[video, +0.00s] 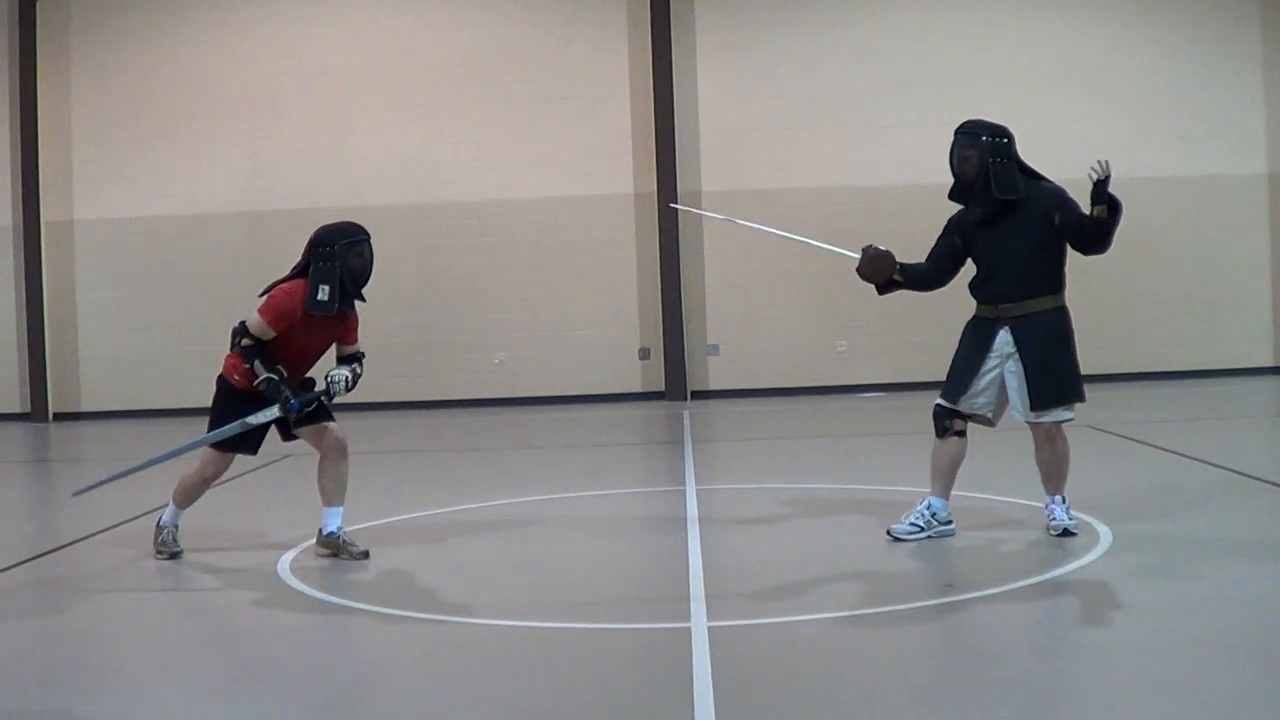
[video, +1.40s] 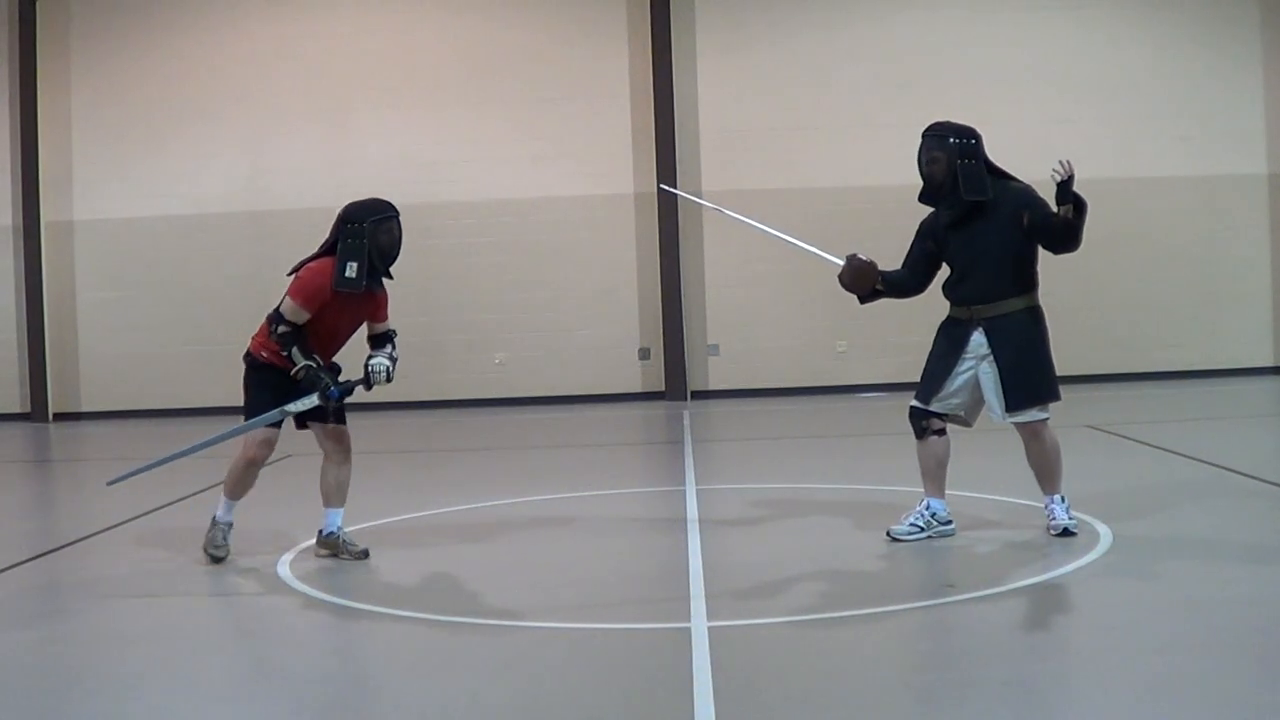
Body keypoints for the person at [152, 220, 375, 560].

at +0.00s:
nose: (364, 264)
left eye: (366, 256)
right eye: (357, 256)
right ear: (331, 258)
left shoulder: (345, 308)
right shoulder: (290, 296)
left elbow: (351, 357)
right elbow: (242, 341)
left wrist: (346, 373)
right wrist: (274, 383)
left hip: (291, 389)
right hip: (243, 387)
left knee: (335, 445)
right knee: (210, 470)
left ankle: (331, 532)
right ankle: (167, 523)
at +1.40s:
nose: (392, 242)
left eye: (394, 233)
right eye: (384, 233)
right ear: (360, 235)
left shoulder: (374, 288)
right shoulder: (319, 275)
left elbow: (381, 335)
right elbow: (280, 328)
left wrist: (381, 357)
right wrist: (309, 369)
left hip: (315, 369)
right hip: (270, 364)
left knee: (338, 443)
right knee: (259, 449)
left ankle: (331, 534)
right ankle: (222, 521)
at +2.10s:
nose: (346, 199)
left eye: (348, 190)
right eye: (338, 190)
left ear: (337, 195)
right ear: (312, 193)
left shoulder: (330, 248)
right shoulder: (278, 244)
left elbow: (340, 298)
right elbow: (250, 306)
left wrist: (353, 320)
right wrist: (287, 347)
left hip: (302, 361)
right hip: (258, 364)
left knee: (343, 439)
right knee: (271, 459)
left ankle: (330, 523)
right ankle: (255, 549)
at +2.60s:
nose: (391, 202)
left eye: (391, 193)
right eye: (382, 193)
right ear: (356, 198)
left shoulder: (369, 257)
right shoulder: (324, 247)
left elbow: (368, 317)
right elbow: (302, 316)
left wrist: (391, 348)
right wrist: (342, 365)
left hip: (334, 372)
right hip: (287, 372)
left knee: (368, 459)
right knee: (283, 473)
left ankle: (386, 555)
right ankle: (261, 541)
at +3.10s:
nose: (440, 201)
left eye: (437, 192)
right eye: (432, 193)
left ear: (402, 200)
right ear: (409, 200)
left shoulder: (405, 250)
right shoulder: (375, 250)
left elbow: (413, 307)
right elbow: (350, 326)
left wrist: (447, 335)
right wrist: (395, 369)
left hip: (363, 372)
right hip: (321, 372)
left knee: (419, 447)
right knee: (343, 473)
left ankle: (408, 547)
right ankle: (301, 572)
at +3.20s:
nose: (453, 201)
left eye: (451, 192)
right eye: (446, 193)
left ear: (412, 201)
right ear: (425, 201)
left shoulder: (417, 250)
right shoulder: (394, 254)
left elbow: (437, 291)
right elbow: (372, 330)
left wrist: (467, 312)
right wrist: (422, 361)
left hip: (371, 374)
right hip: (333, 373)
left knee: (427, 445)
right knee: (352, 481)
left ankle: (459, 544)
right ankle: (299, 571)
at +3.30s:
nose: (471, 213)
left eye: (470, 204)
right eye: (464, 205)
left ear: (429, 214)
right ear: (445, 215)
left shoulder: (435, 257)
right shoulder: (416, 271)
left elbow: (468, 280)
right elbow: (408, 349)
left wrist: (498, 295)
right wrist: (465, 358)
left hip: (390, 377)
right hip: (352, 379)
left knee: (456, 435)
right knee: (369, 489)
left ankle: (517, 520)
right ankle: (298, 566)